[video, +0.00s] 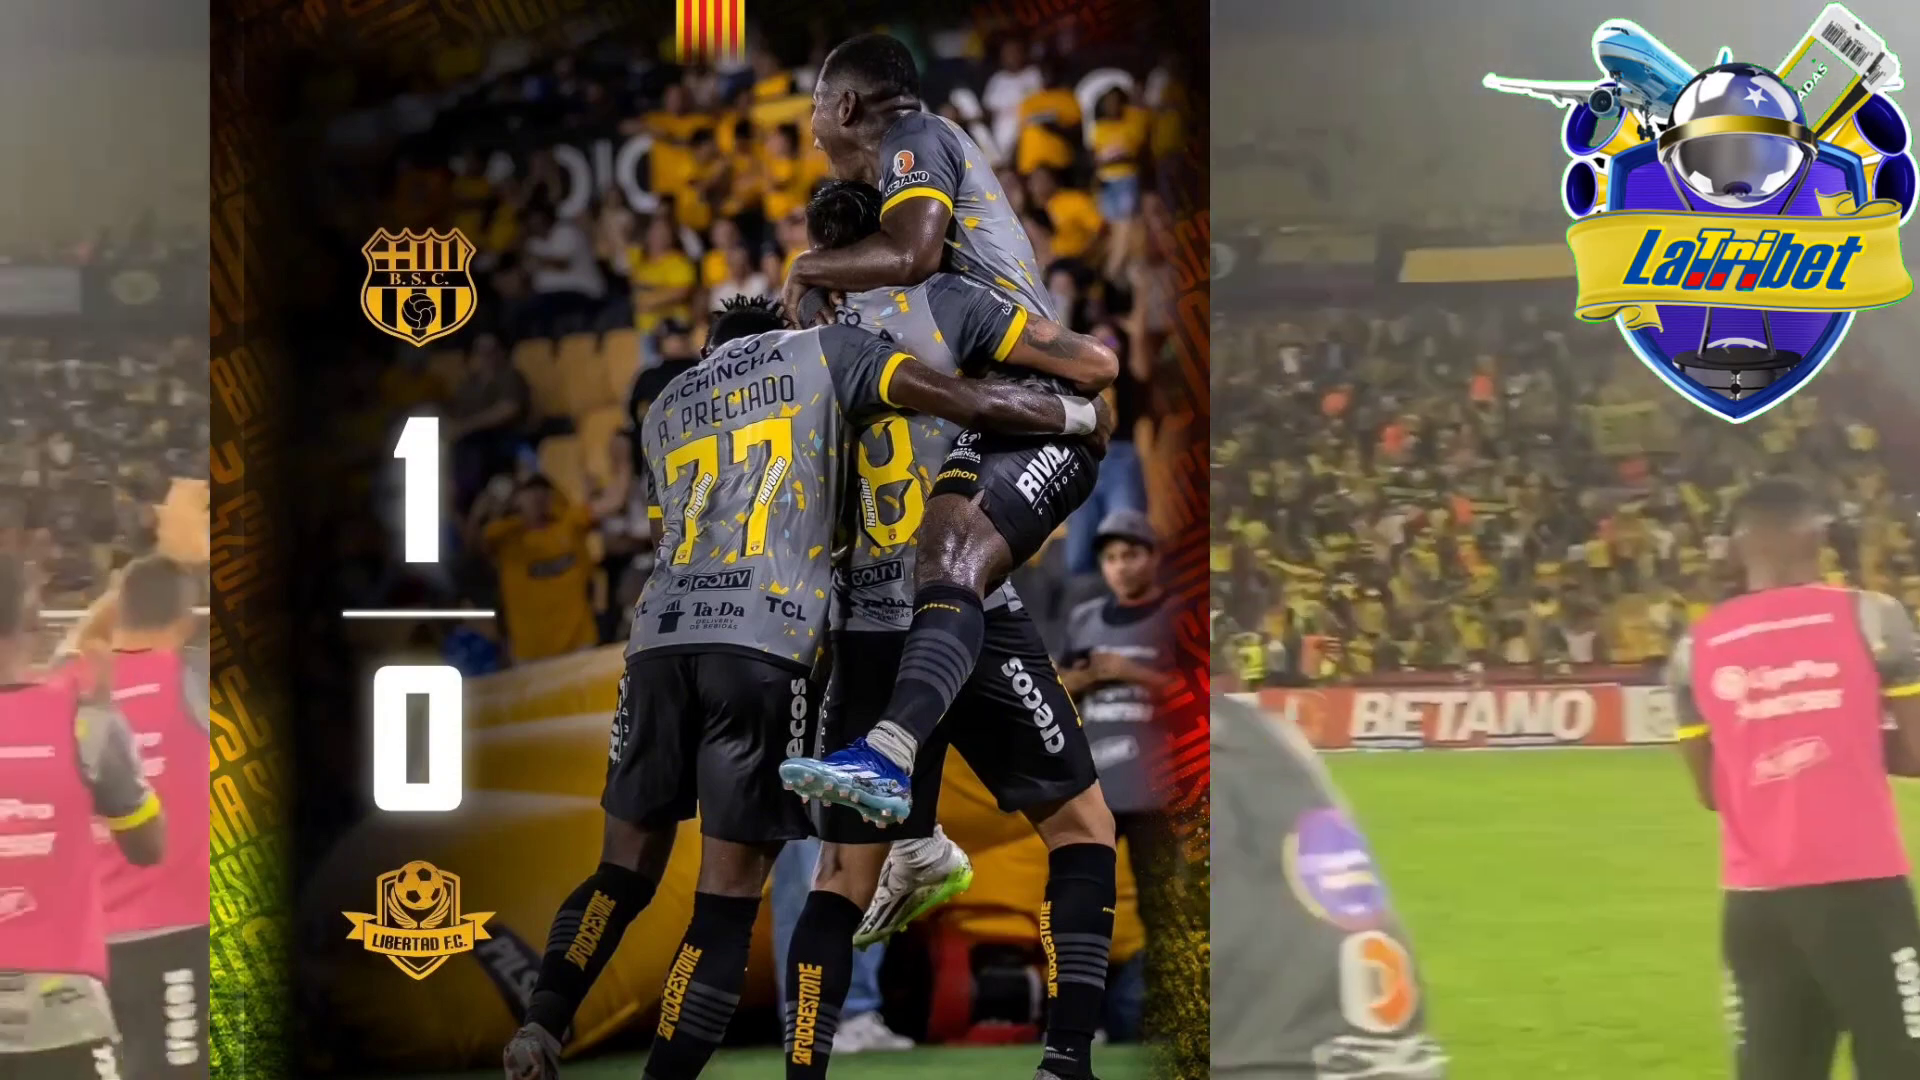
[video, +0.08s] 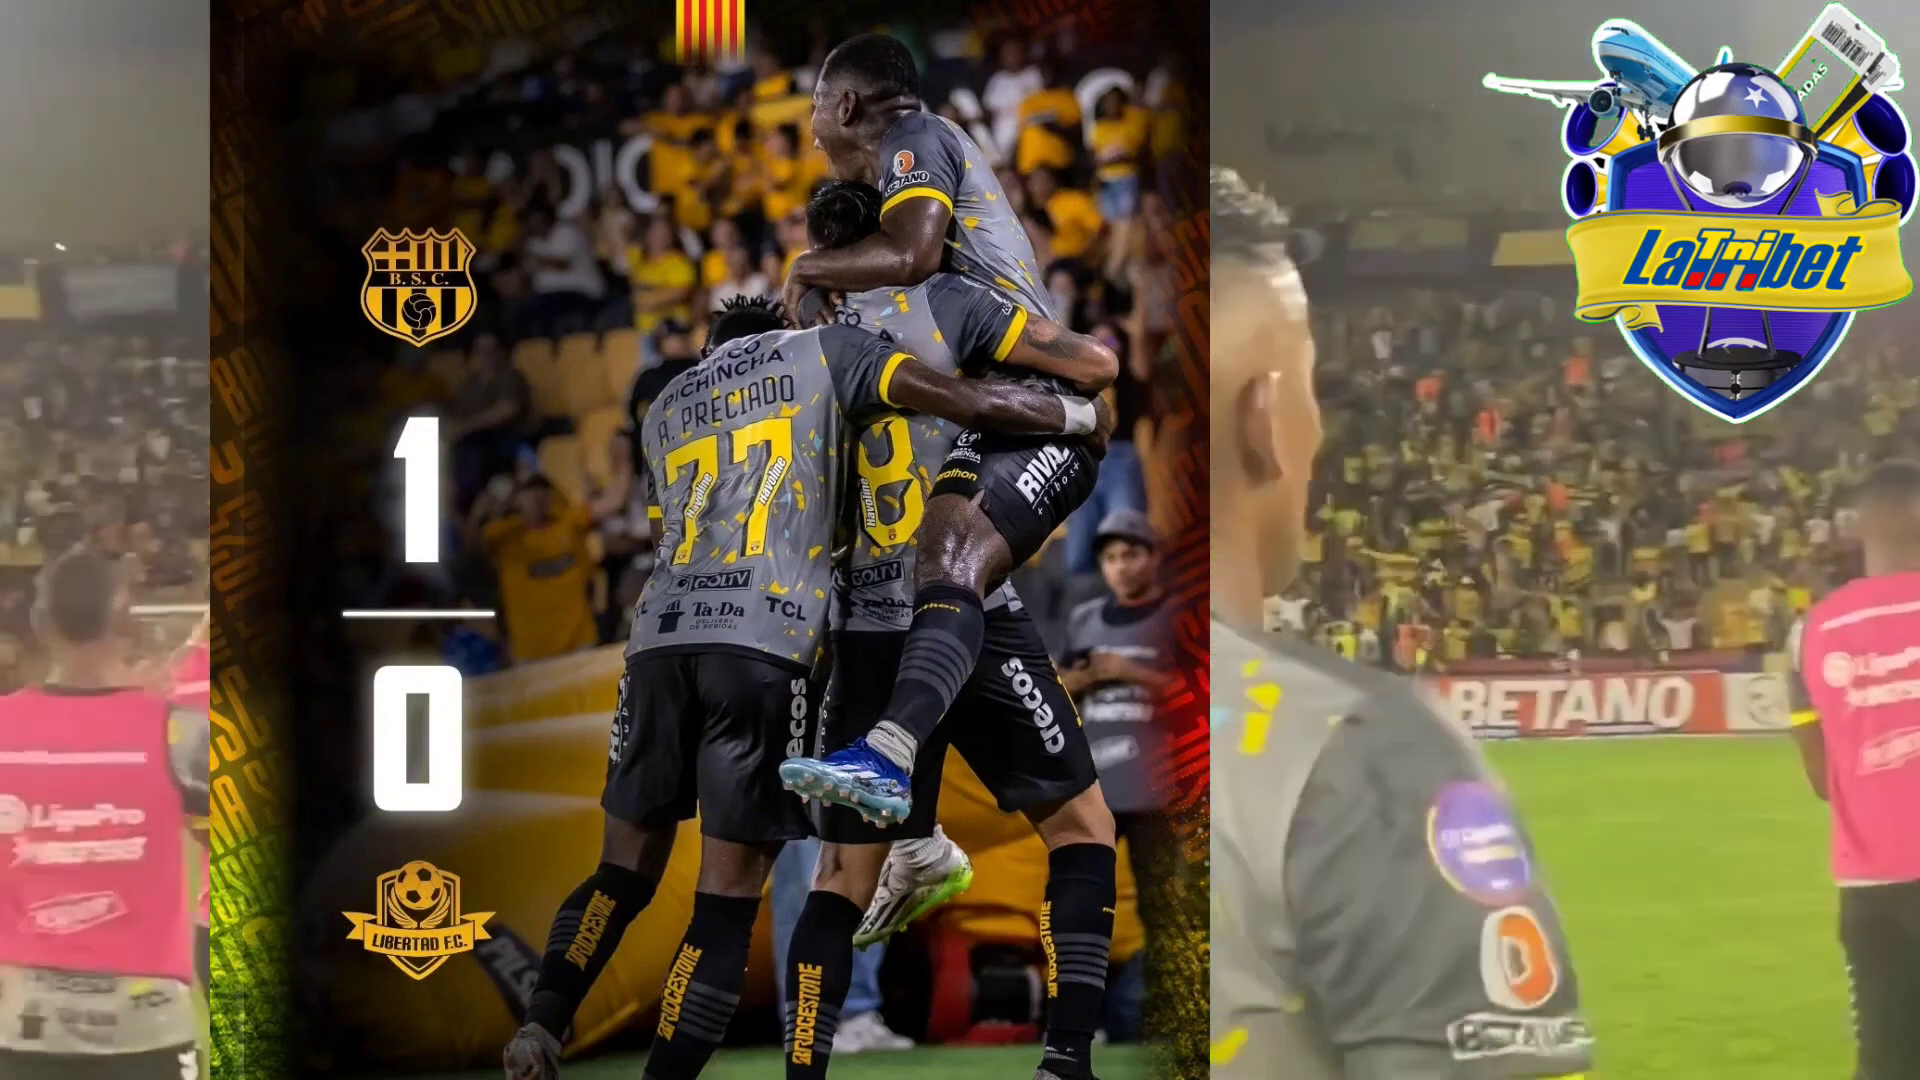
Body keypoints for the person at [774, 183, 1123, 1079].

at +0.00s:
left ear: (822, 257)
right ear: (899, 237)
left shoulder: (803, 334)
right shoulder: (951, 295)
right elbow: (1089, 367)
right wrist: (1086, 352)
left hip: (852, 619)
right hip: (963, 616)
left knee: (849, 861)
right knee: (1082, 827)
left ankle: (802, 1063)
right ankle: (1067, 1058)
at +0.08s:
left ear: (822, 257)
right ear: (899, 237)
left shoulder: (803, 334)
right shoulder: (951, 295)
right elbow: (1089, 367)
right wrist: (1086, 350)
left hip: (853, 619)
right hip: (962, 616)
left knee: (848, 861)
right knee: (1082, 827)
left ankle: (802, 1063)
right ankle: (1067, 1058)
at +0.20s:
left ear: (820, 253)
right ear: (900, 234)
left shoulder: (802, 333)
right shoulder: (951, 295)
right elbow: (1085, 367)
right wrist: (1096, 356)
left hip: (853, 620)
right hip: (962, 616)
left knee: (848, 861)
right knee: (1082, 828)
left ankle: (802, 1063)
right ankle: (1066, 1060)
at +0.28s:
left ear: (818, 249)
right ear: (898, 233)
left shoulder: (800, 330)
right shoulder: (949, 293)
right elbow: (1086, 367)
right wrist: (1097, 357)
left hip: (851, 618)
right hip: (962, 614)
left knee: (847, 861)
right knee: (1082, 827)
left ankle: (802, 1063)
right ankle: (1066, 1060)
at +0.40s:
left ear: (822, 254)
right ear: (899, 237)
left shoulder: (802, 331)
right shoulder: (951, 296)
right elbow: (1092, 367)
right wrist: (1088, 350)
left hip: (853, 617)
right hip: (963, 615)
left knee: (848, 861)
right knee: (1082, 827)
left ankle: (801, 1063)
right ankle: (1067, 1057)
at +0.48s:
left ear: (818, 253)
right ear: (896, 236)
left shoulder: (798, 333)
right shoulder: (948, 295)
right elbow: (1088, 366)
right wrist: (1082, 353)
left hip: (853, 616)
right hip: (964, 613)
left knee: (848, 861)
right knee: (1081, 825)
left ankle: (802, 1063)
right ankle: (1066, 1060)